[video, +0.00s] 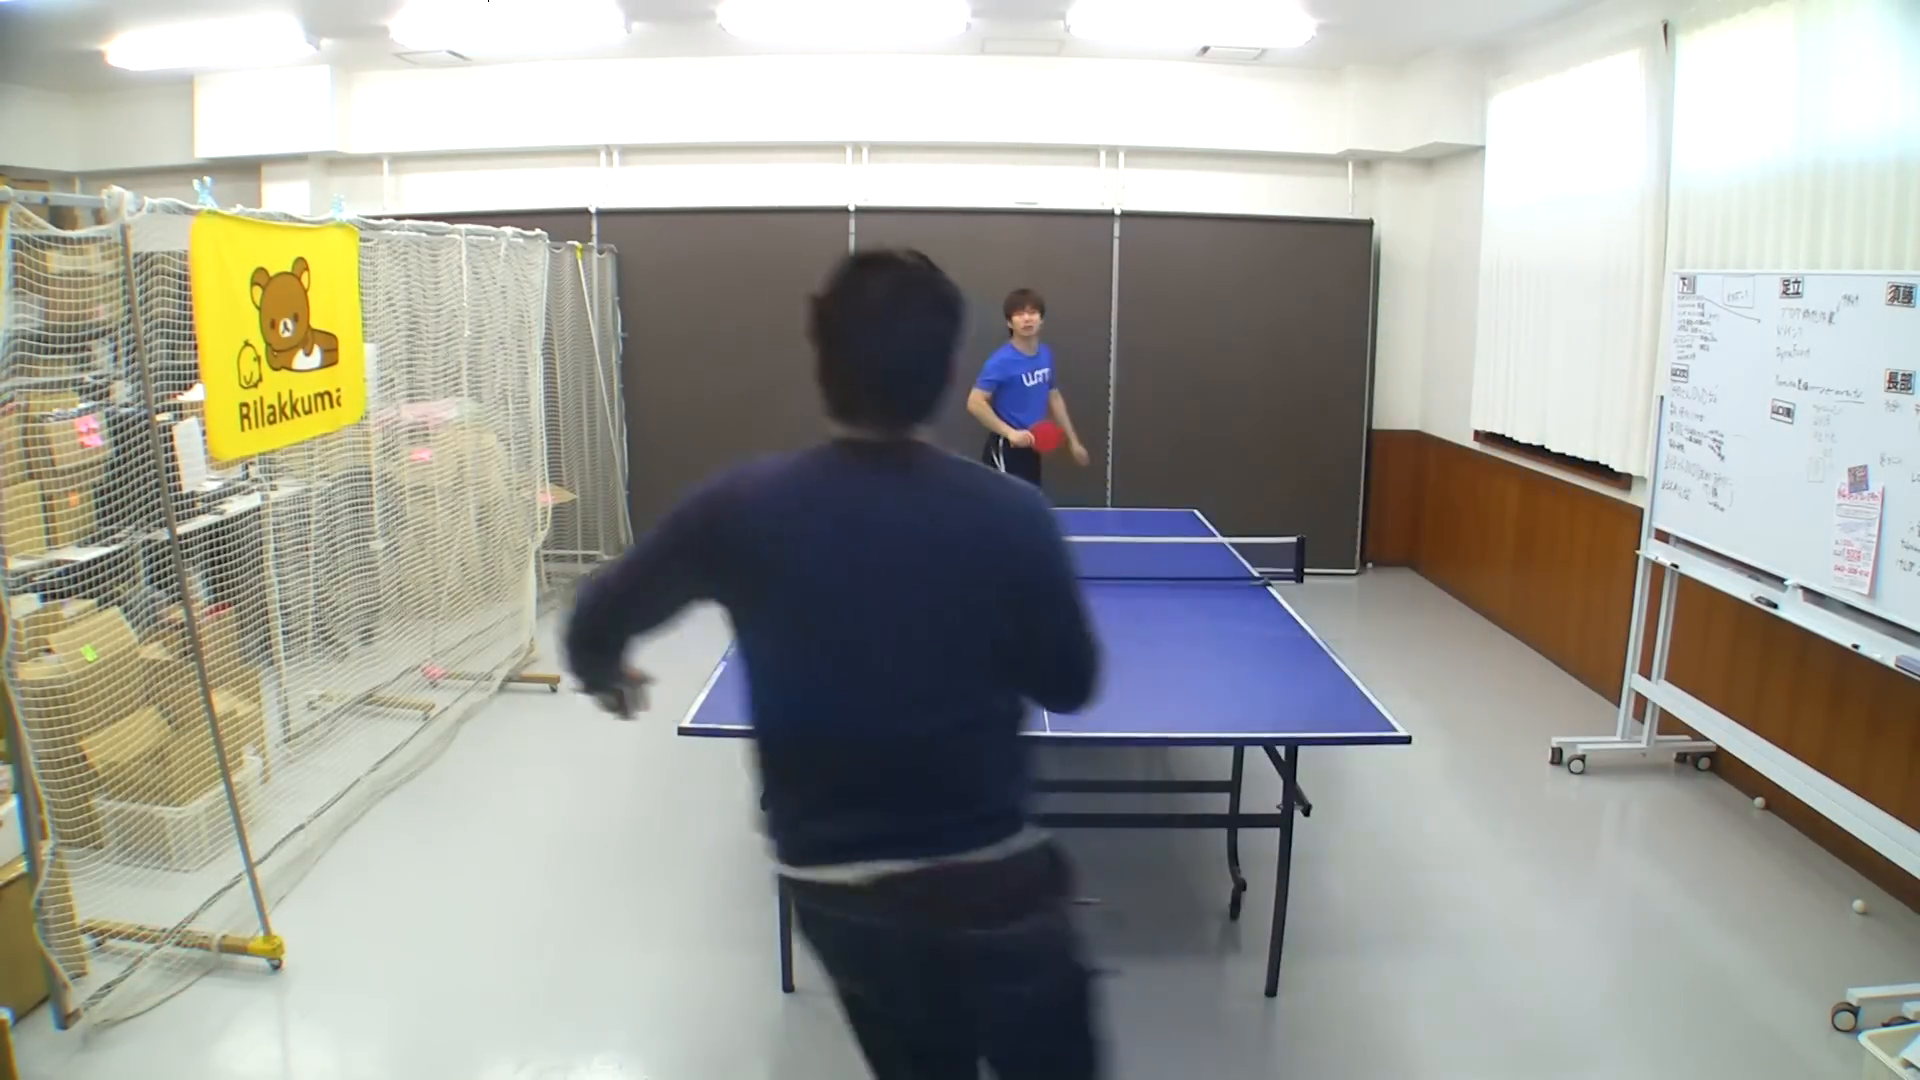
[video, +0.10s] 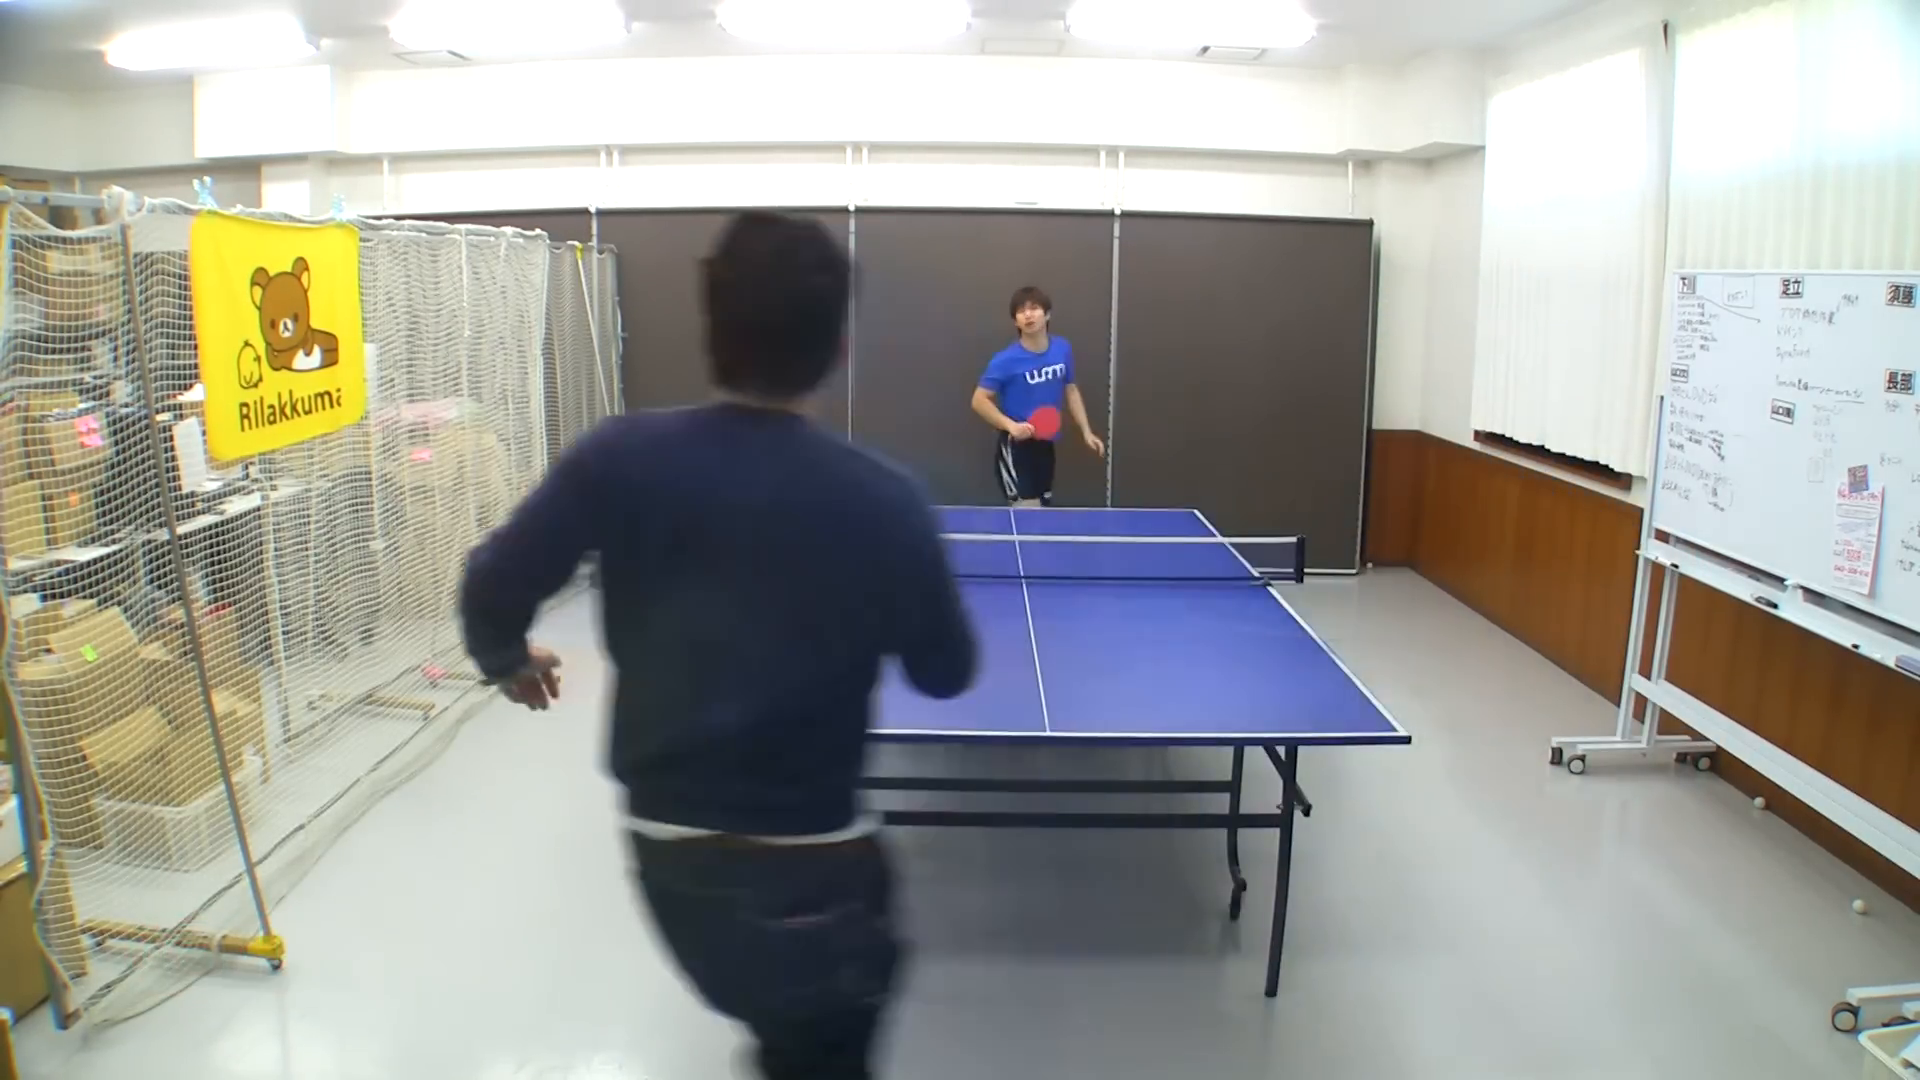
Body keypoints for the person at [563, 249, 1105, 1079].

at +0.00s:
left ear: (824, 364)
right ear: (948, 372)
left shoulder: (746, 507)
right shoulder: (1007, 516)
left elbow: (598, 615)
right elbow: (1068, 682)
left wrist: (605, 673)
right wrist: (974, 621)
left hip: (844, 896)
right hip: (993, 881)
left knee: (922, 1067)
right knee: (1056, 1065)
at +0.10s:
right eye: (839, 320)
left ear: (712, 328)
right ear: (837, 343)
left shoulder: (624, 459)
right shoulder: (879, 498)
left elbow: (492, 584)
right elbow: (945, 668)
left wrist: (508, 660)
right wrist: (874, 580)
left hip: (676, 868)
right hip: (819, 873)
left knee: (790, 1044)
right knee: (831, 1060)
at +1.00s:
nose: (165, 464)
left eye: (163, 449)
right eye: (161, 449)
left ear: (60, 459)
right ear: (139, 452)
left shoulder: (9, 531)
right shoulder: (192, 537)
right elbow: (225, 698)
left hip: (10, 806)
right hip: (123, 813)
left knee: (52, 1032)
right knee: (138, 1039)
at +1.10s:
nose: (171, 446)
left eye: (169, 430)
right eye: (166, 430)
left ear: (67, 441)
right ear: (141, 434)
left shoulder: (12, 517)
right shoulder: (188, 522)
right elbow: (213, 686)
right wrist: (209, 811)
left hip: (13, 798)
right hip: (117, 798)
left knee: (56, 1022)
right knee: (155, 1029)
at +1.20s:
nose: (177, 426)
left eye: (175, 410)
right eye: (171, 409)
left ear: (67, 423)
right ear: (141, 415)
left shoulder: (13, 510)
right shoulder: (185, 500)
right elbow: (228, 665)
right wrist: (251, 792)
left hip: (11, 795)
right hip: (112, 796)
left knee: (60, 1019)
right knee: (185, 1036)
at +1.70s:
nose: (367, 405)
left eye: (361, 385)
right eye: (354, 387)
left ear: (288, 411)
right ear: (302, 408)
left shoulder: (226, 498)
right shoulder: (260, 542)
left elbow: (258, 669)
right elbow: (272, 746)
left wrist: (331, 740)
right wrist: (394, 832)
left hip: (171, 835)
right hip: (218, 860)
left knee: (150, 1026)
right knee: (392, 1060)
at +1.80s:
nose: (462, 443)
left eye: (455, 421)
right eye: (446, 424)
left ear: (390, 450)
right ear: (391, 449)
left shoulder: (381, 539)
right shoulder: (293, 587)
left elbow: (386, 667)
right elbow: (263, 808)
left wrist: (492, 733)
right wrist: (395, 911)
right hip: (257, 891)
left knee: (184, 1020)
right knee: (429, 1071)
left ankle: (115, 1076)